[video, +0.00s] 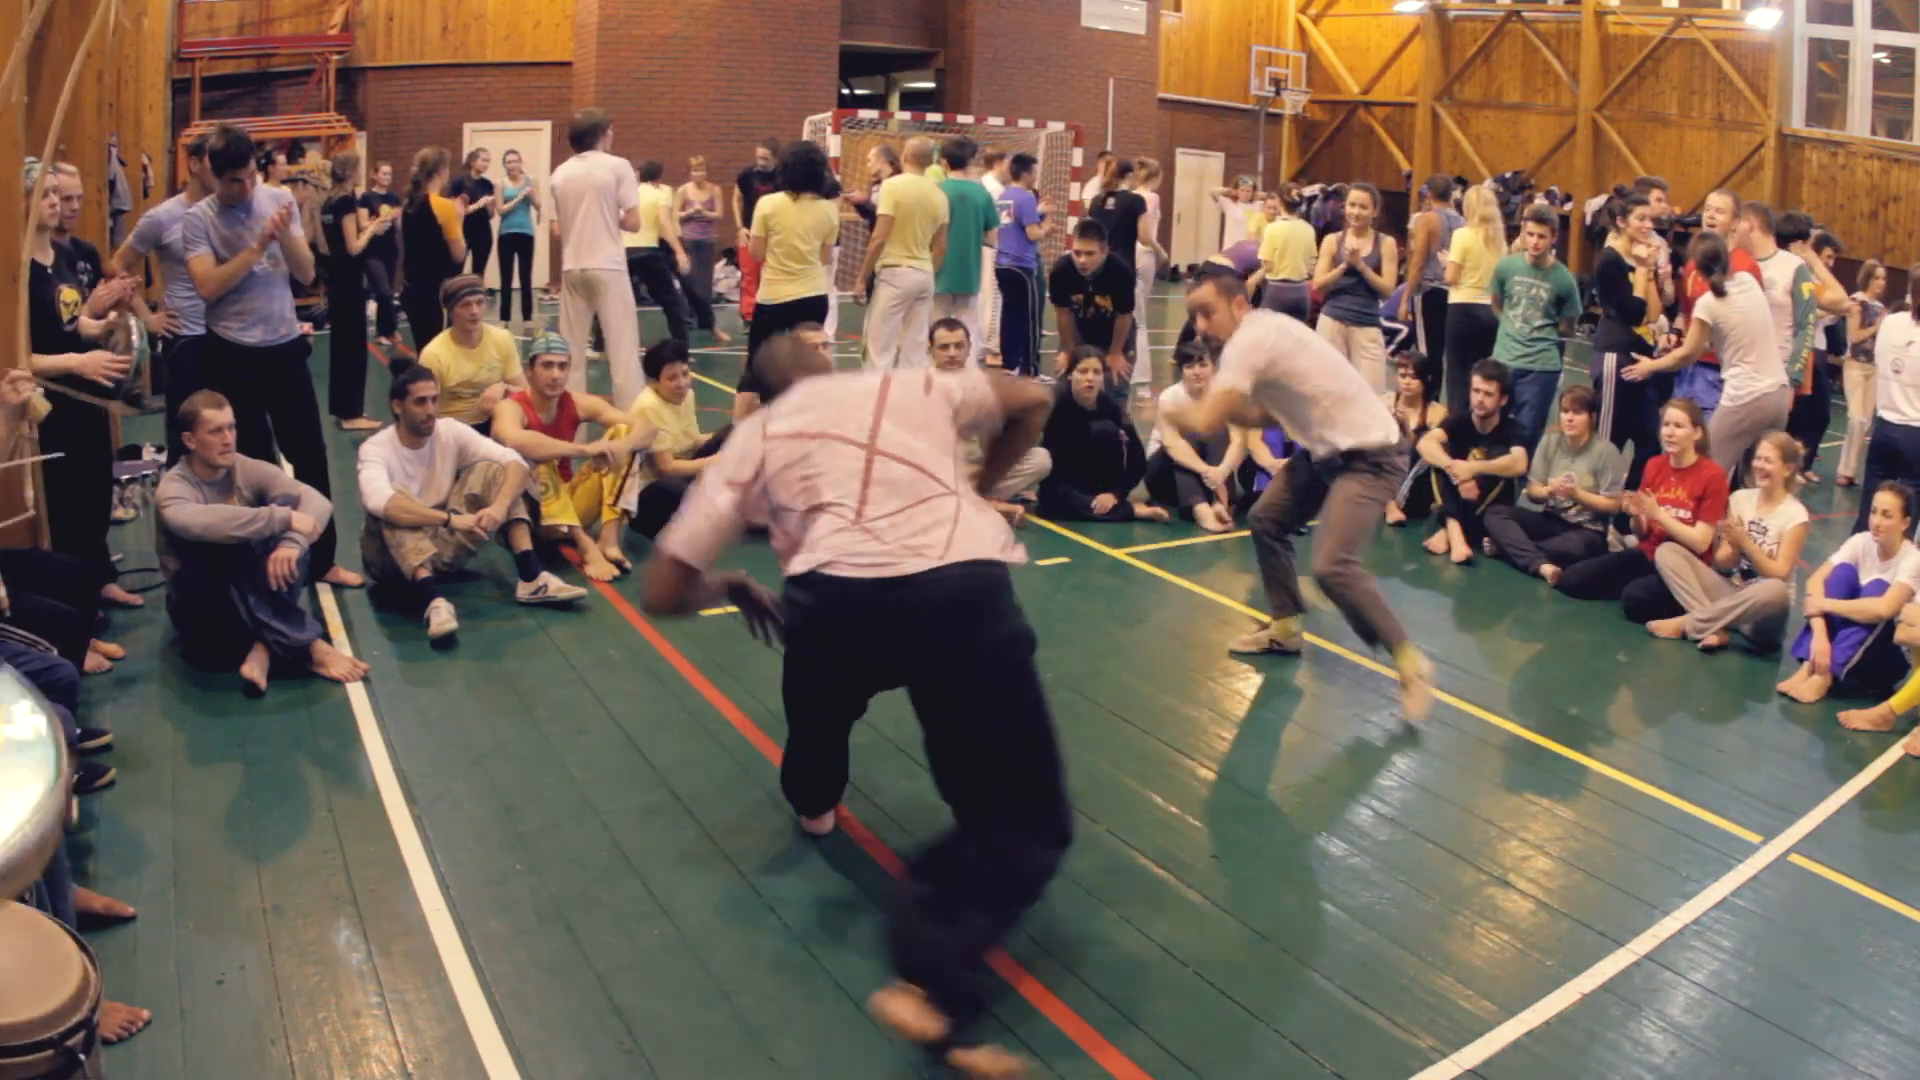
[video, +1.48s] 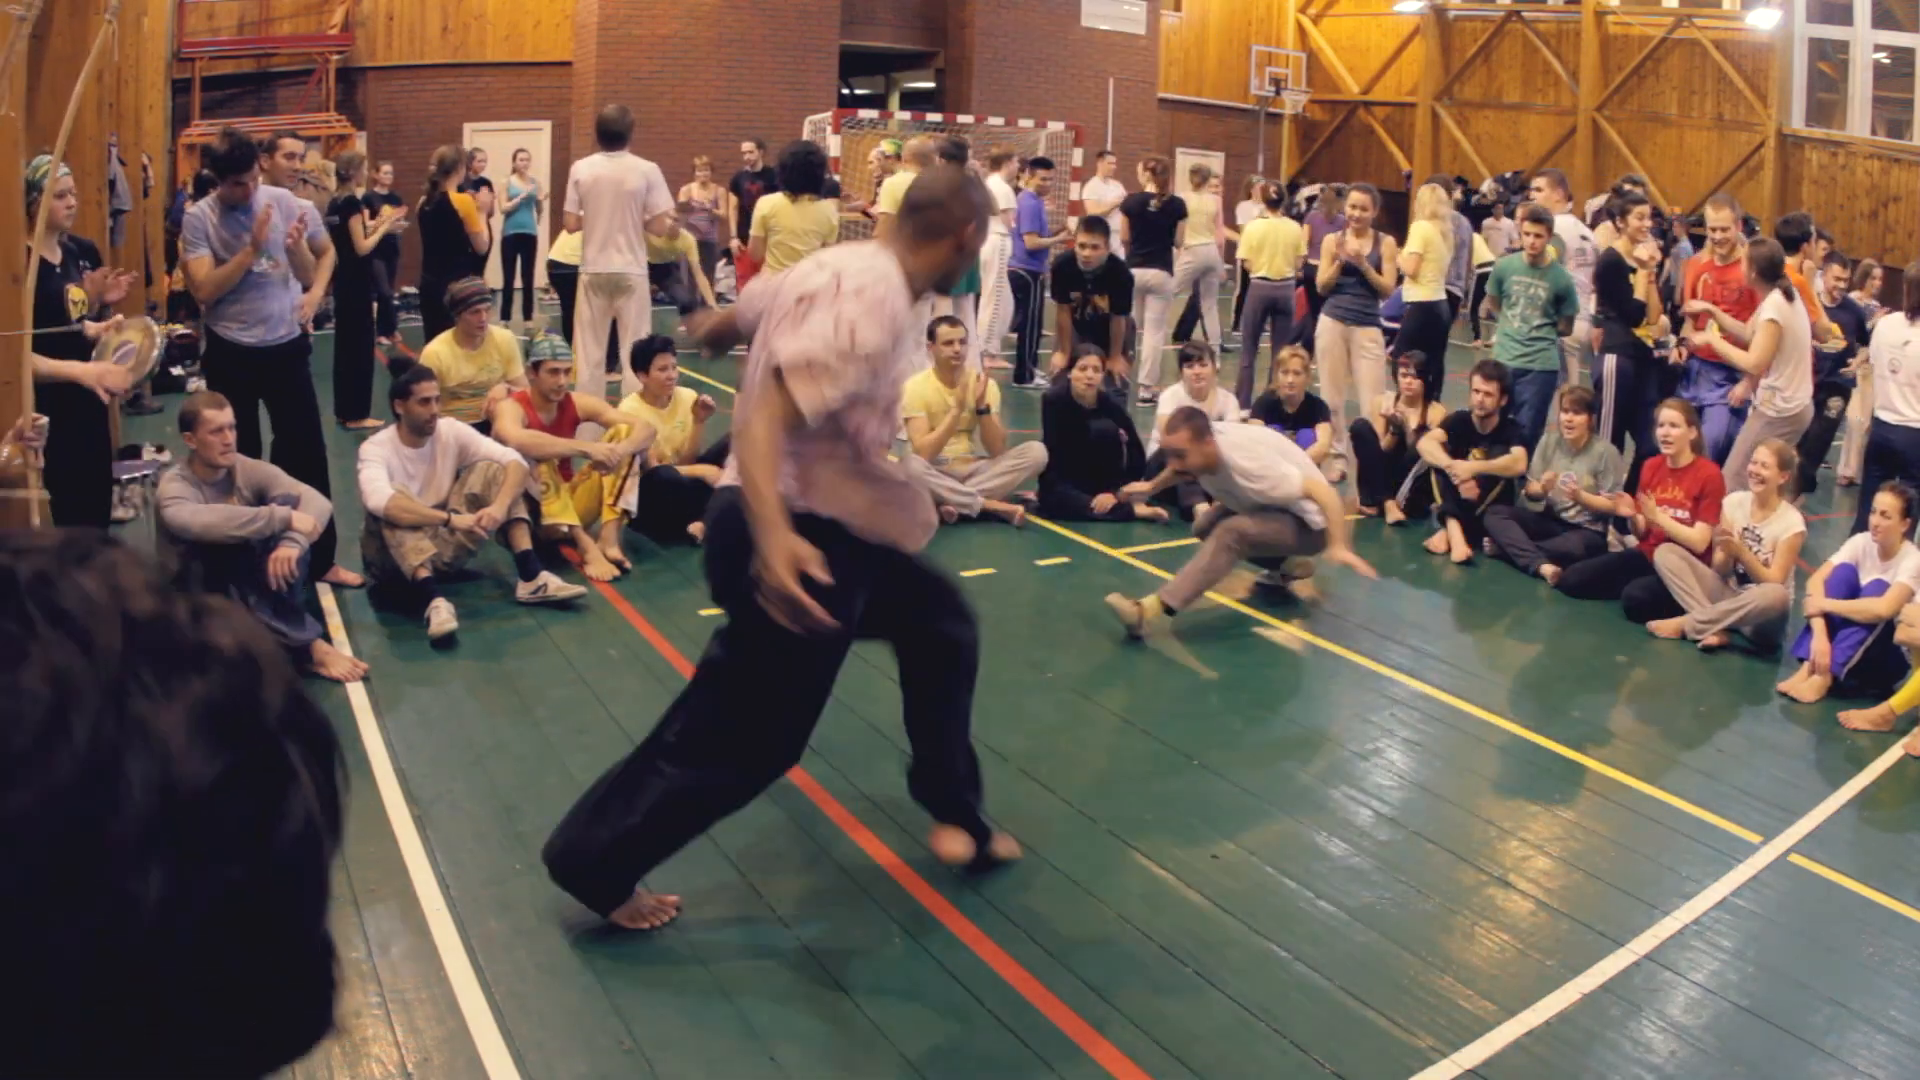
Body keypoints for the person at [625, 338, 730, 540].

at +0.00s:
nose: (681, 383)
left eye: (684, 374)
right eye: (672, 378)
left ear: (689, 373)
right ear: (654, 382)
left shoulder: (687, 395)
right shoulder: (647, 407)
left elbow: (693, 442)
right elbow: (665, 467)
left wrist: (724, 438)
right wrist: (716, 462)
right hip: (651, 485)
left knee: (732, 434)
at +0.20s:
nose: (688, 386)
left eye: (693, 378)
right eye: (679, 380)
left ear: (698, 374)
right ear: (662, 382)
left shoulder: (703, 393)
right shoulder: (651, 404)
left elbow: (720, 436)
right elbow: (662, 461)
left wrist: (733, 419)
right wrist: (716, 457)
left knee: (730, 433)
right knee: (673, 478)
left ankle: (709, 518)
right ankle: (721, 512)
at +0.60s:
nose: (689, 379)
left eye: (693, 371)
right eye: (680, 372)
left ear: (698, 372)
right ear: (660, 376)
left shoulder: (702, 393)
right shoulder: (648, 407)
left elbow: (712, 442)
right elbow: (666, 466)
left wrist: (727, 423)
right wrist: (720, 464)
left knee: (740, 440)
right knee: (663, 475)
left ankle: (706, 520)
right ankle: (718, 515)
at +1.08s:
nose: (673, 379)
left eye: (676, 371)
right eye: (664, 372)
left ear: (679, 370)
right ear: (643, 376)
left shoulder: (676, 393)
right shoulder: (632, 409)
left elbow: (695, 441)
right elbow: (659, 468)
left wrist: (713, 421)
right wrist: (715, 480)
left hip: (678, 474)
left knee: (733, 438)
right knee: (665, 481)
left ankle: (707, 517)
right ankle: (722, 515)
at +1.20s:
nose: (669, 378)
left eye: (672, 370)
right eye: (660, 372)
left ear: (676, 367)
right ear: (639, 376)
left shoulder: (676, 389)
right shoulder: (629, 411)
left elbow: (690, 423)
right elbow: (656, 465)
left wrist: (716, 424)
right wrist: (705, 478)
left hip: (682, 461)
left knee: (735, 438)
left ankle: (703, 520)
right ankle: (723, 517)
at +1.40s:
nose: (669, 376)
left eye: (672, 368)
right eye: (660, 371)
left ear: (676, 365)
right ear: (640, 375)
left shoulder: (687, 394)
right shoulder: (629, 410)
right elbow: (651, 466)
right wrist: (691, 475)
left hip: (690, 472)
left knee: (738, 439)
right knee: (664, 477)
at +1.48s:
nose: (671, 375)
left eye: (674, 367)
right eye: (662, 370)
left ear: (678, 367)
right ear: (642, 376)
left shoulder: (688, 398)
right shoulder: (629, 411)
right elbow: (650, 470)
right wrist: (700, 471)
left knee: (735, 441)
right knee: (663, 476)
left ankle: (705, 521)